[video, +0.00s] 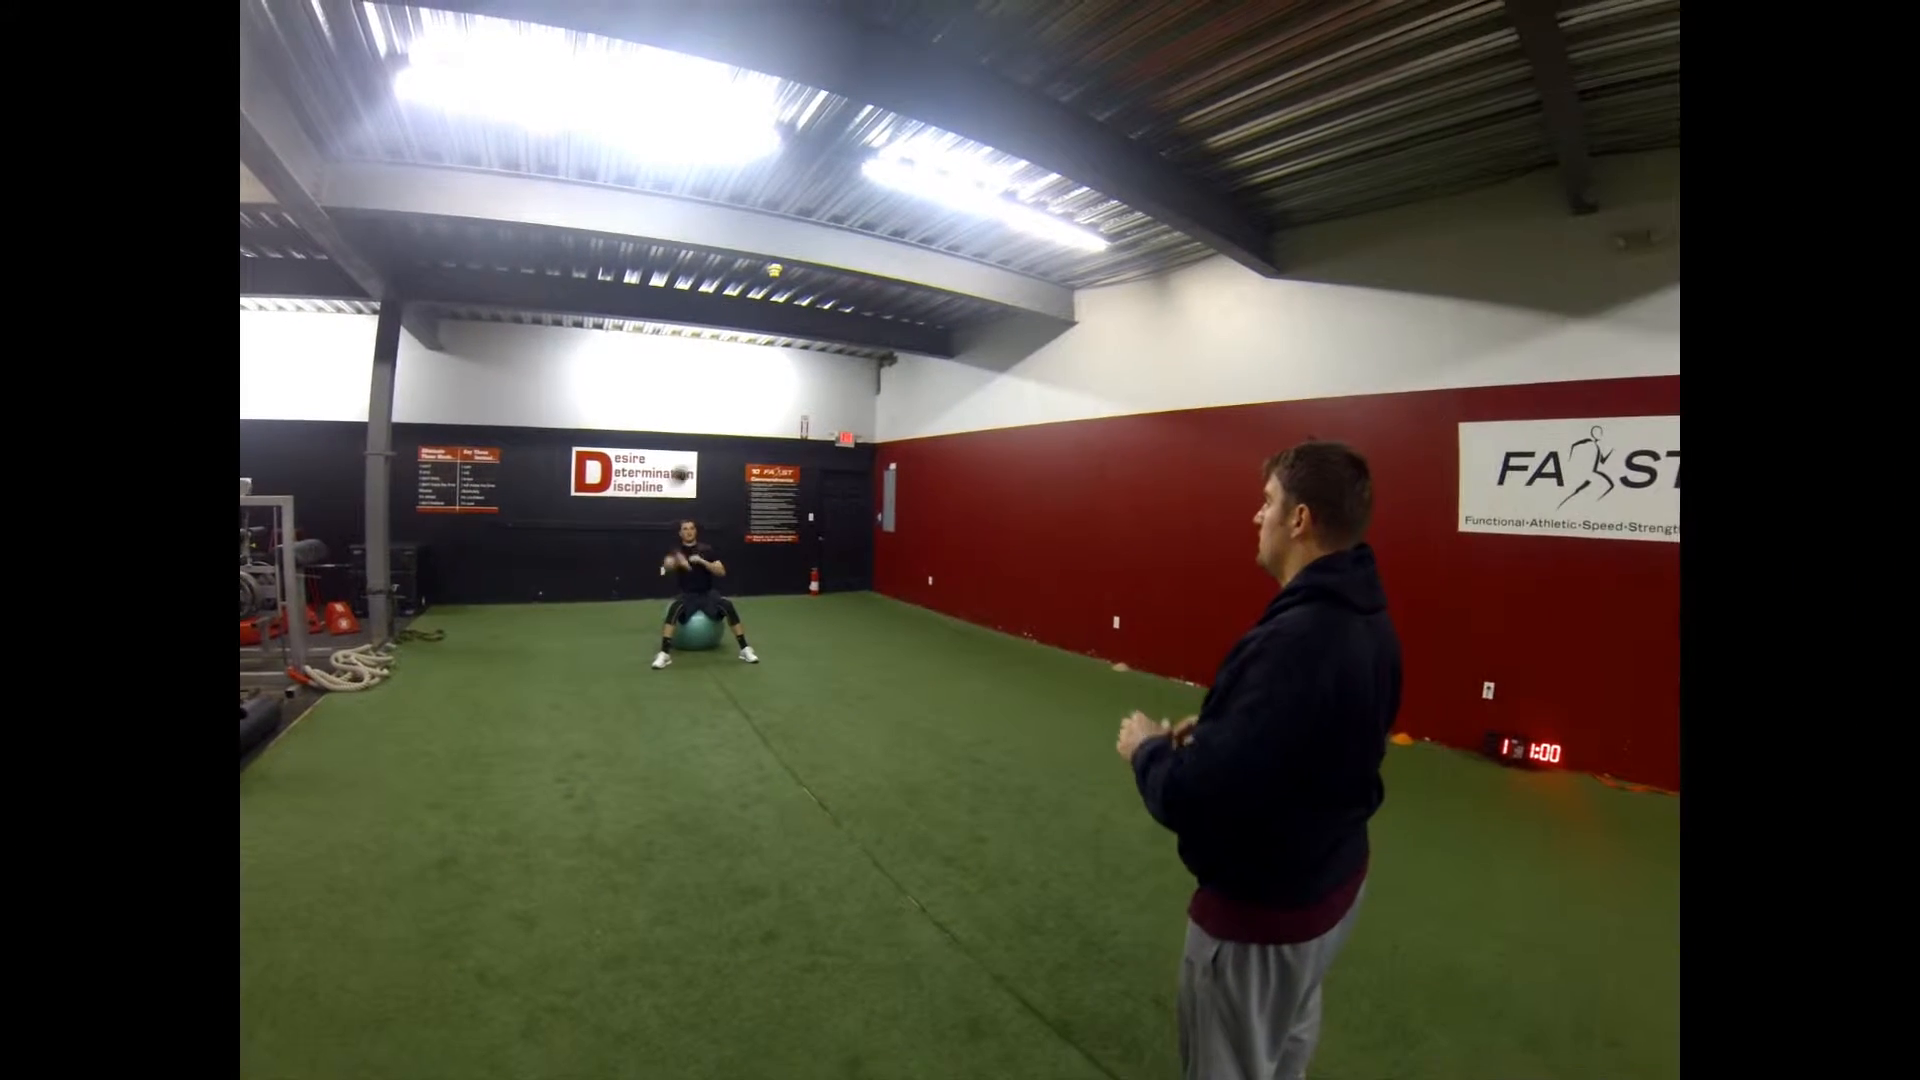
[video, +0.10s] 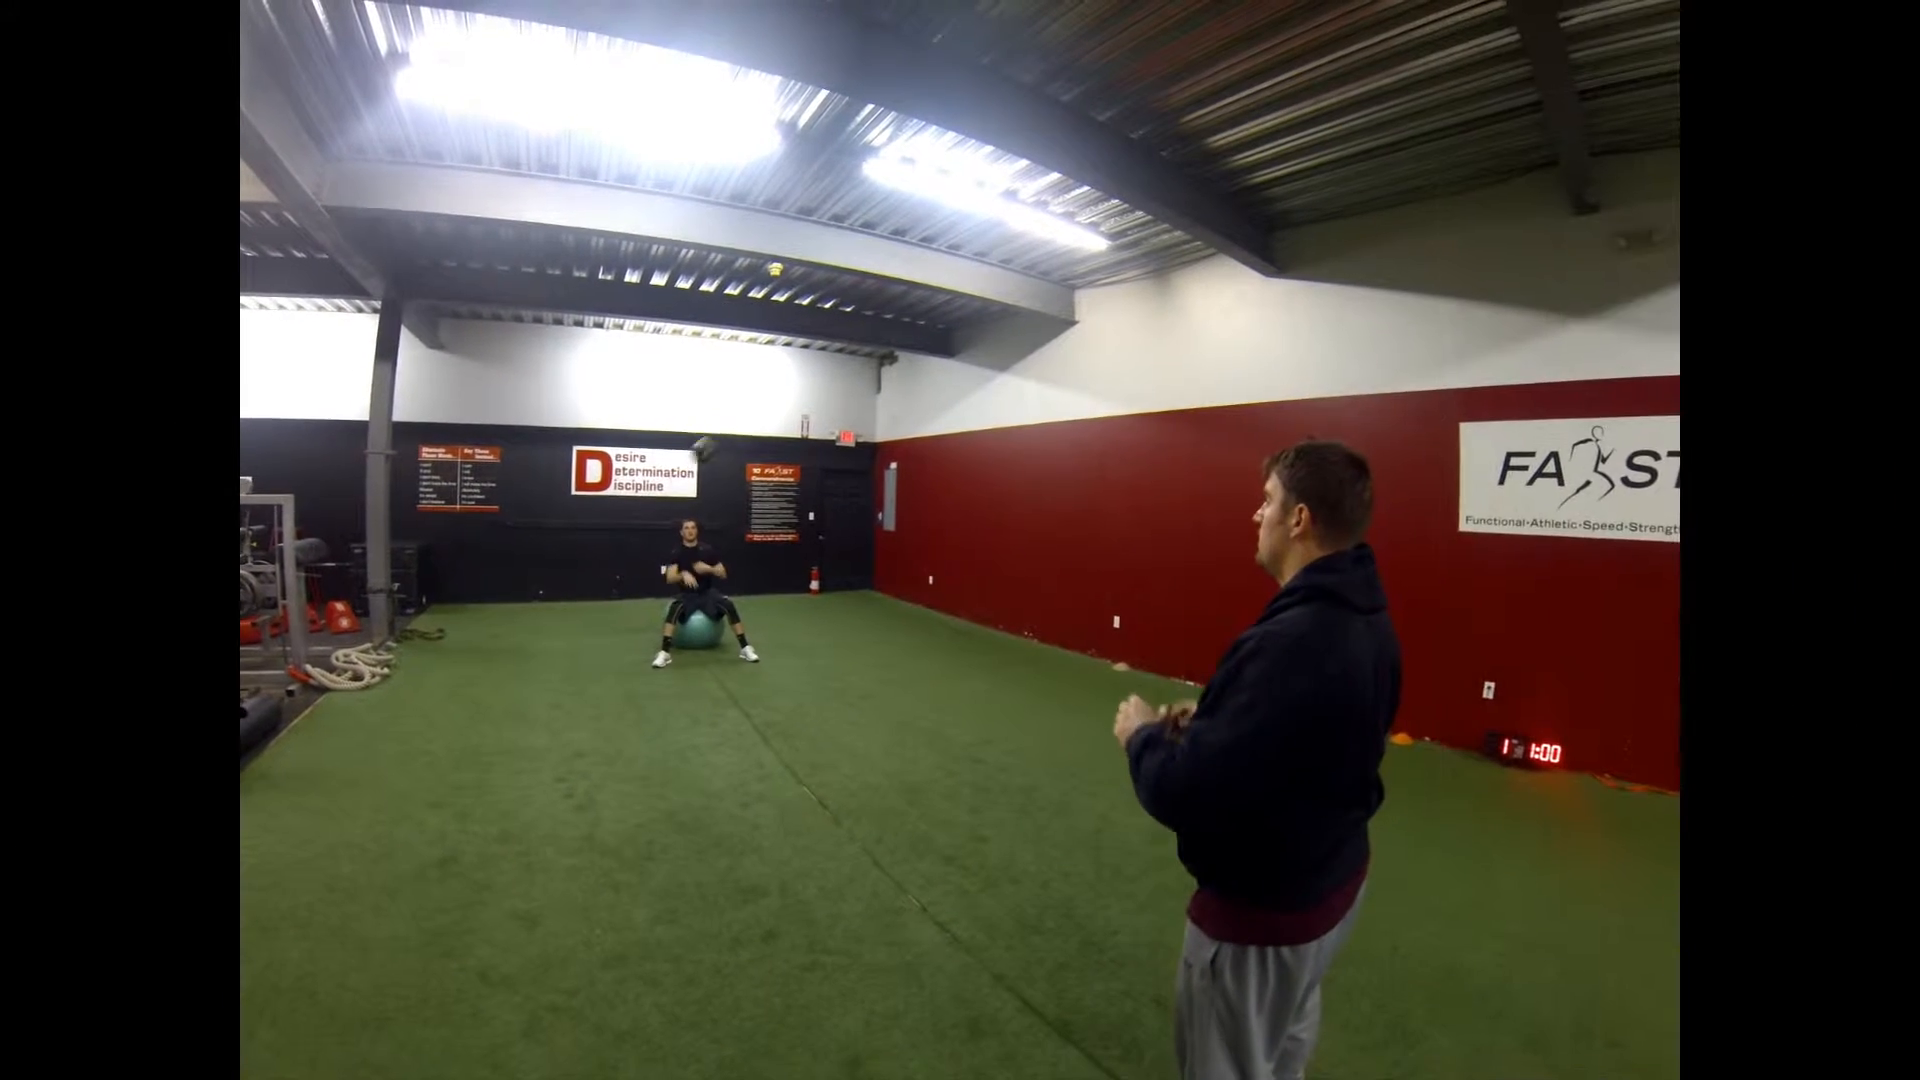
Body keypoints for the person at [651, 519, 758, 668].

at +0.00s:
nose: (689, 532)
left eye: (691, 529)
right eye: (685, 529)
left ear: (696, 531)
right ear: (680, 533)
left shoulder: (706, 549)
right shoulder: (677, 552)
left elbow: (721, 571)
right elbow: (668, 564)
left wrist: (702, 562)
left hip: (708, 594)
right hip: (687, 595)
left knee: (727, 606)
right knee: (674, 608)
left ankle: (745, 649)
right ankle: (664, 653)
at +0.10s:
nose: (690, 531)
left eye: (692, 528)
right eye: (686, 528)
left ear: (697, 531)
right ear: (681, 532)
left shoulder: (707, 550)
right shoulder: (676, 552)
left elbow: (723, 573)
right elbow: (670, 577)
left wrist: (708, 569)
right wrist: (683, 575)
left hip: (708, 593)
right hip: (687, 594)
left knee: (728, 605)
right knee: (675, 607)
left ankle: (745, 647)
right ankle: (664, 652)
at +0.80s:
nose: (687, 545)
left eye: (690, 542)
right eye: (684, 542)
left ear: (694, 545)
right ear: (678, 544)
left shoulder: (701, 563)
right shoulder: (669, 564)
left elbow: (709, 586)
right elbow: (658, 588)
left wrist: (705, 590)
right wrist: (670, 592)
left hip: (697, 605)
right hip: (677, 605)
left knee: (719, 611)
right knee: (665, 612)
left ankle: (736, 655)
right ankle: (658, 660)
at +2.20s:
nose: (699, 542)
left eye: (702, 539)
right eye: (696, 539)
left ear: (705, 542)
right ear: (690, 541)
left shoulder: (713, 561)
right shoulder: (681, 563)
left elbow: (719, 584)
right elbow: (673, 587)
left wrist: (714, 591)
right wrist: (688, 592)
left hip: (708, 602)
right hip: (688, 602)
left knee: (729, 610)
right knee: (677, 612)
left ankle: (745, 653)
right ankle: (667, 656)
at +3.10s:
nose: (709, 562)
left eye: (710, 559)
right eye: (706, 558)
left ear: (712, 557)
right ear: (696, 555)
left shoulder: (714, 570)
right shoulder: (683, 570)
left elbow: (722, 591)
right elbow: (673, 594)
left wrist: (719, 592)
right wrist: (694, 597)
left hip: (709, 608)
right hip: (689, 609)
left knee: (732, 619)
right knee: (678, 620)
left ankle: (749, 661)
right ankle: (670, 665)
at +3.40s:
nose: (700, 563)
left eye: (703, 560)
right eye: (698, 559)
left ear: (705, 560)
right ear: (690, 557)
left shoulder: (708, 573)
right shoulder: (677, 573)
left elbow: (716, 598)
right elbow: (669, 598)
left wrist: (712, 597)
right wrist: (689, 598)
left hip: (704, 612)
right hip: (684, 613)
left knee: (728, 622)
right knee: (674, 623)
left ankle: (745, 664)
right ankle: (666, 668)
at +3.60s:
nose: (691, 562)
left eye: (694, 559)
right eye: (688, 559)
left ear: (700, 558)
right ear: (685, 557)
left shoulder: (708, 573)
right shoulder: (677, 572)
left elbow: (710, 599)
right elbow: (661, 591)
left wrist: (693, 593)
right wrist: (670, 595)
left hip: (702, 612)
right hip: (682, 611)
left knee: (726, 623)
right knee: (674, 625)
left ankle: (743, 665)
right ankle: (664, 669)